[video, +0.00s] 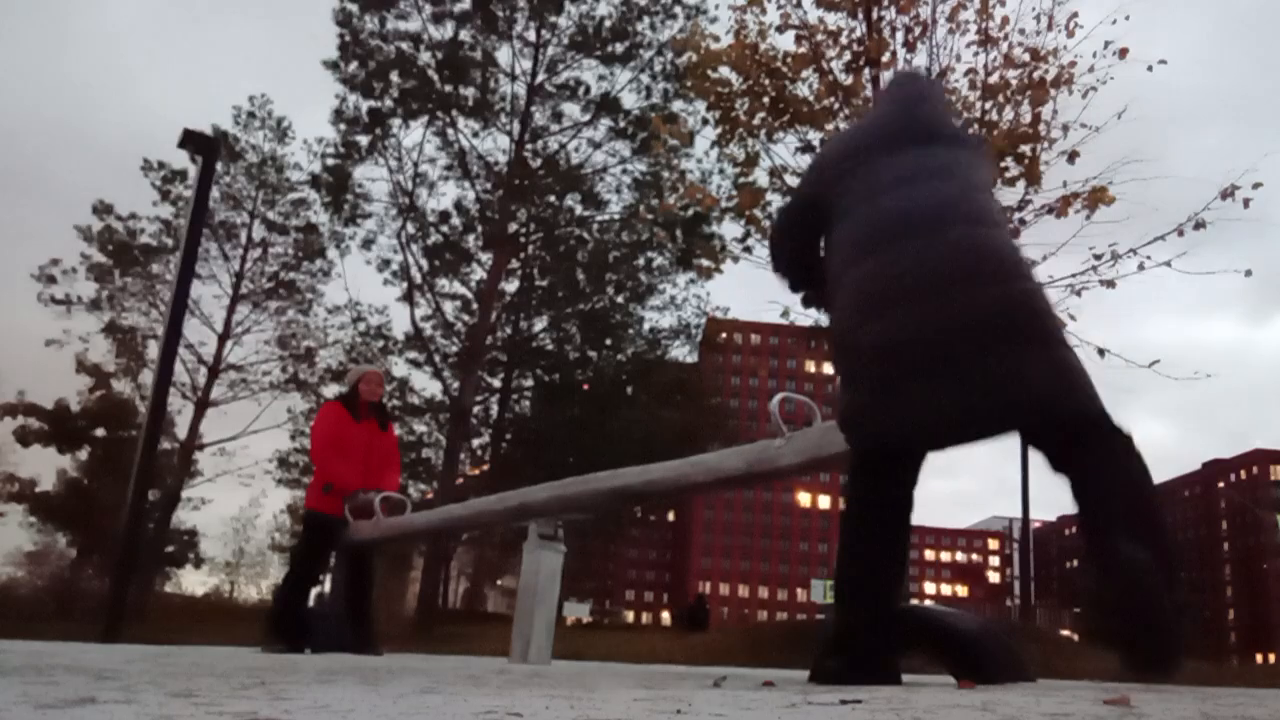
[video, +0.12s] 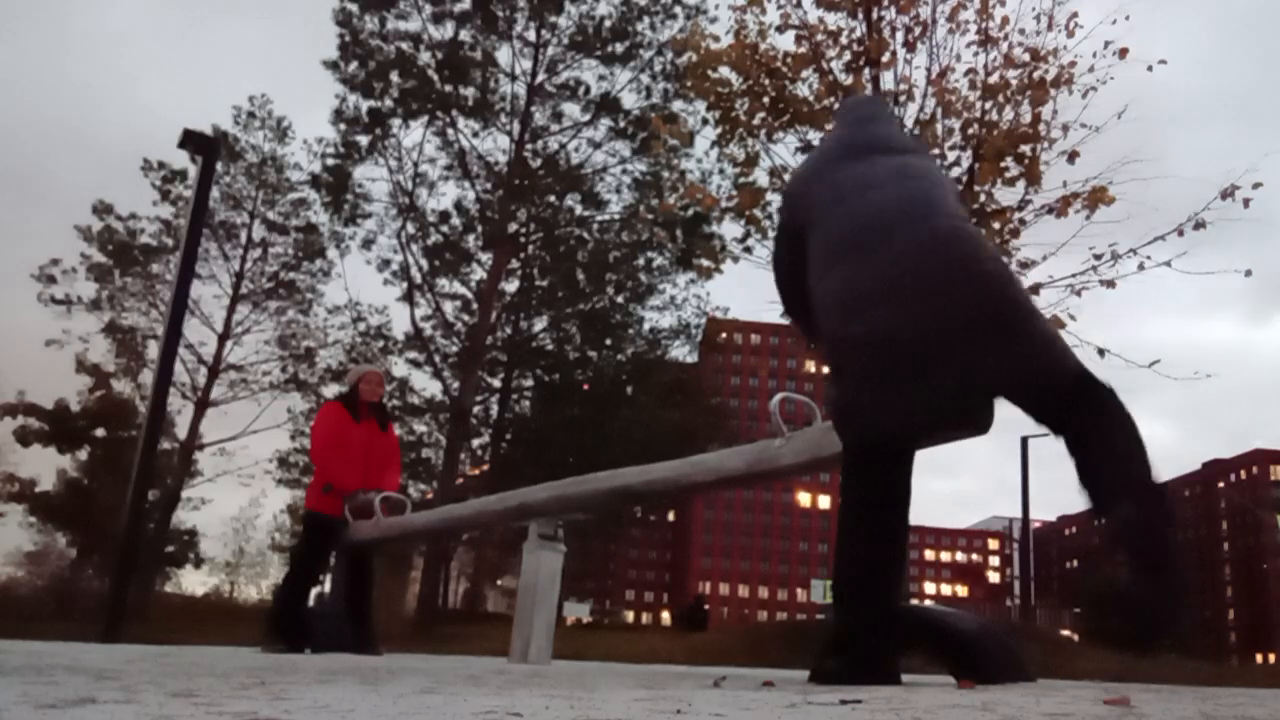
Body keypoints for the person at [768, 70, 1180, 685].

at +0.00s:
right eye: (945, 102)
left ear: (877, 108)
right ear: (940, 106)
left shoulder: (837, 156)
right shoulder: (965, 146)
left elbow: (788, 241)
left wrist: (829, 288)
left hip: (892, 362)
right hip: (1008, 343)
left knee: (877, 496)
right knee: (1097, 450)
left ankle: (860, 655)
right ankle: (1146, 620)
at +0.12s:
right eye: (898, 121)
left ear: (834, 132)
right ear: (894, 126)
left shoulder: (805, 183)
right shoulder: (919, 159)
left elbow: (791, 284)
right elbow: (942, 237)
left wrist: (833, 344)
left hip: (876, 347)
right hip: (979, 314)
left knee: (871, 501)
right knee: (1087, 409)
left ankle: (859, 651)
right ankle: (1152, 571)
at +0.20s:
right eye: (875, 130)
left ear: (819, 143)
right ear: (874, 134)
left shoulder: (792, 192)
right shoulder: (904, 168)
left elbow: (787, 292)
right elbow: (932, 243)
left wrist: (829, 355)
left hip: (869, 341)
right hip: (964, 302)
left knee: (870, 500)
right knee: (1067, 389)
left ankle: (860, 646)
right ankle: (1166, 493)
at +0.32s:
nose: (864, 154)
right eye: (860, 148)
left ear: (801, 158)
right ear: (855, 148)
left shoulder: (778, 203)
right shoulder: (885, 175)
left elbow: (777, 306)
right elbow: (917, 248)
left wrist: (824, 359)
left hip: (860, 337)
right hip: (945, 295)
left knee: (869, 501)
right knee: (1032, 377)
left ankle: (860, 651)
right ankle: (1164, 466)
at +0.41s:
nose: (871, 158)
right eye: (863, 151)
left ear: (796, 162)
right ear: (849, 149)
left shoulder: (770, 210)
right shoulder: (878, 175)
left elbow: (775, 311)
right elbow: (911, 248)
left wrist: (815, 357)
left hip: (858, 351)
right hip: (947, 322)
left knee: (867, 503)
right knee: (1018, 384)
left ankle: (863, 648)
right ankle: (1147, 466)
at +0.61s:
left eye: (774, 177)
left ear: (784, 173)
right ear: (835, 160)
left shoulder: (771, 213)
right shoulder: (878, 187)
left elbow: (768, 303)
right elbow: (913, 263)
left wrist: (806, 358)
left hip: (851, 367)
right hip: (938, 347)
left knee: (857, 514)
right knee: (972, 415)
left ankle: (863, 649)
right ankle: (1065, 502)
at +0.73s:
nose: (772, 188)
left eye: (774, 180)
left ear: (781, 176)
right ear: (831, 162)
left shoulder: (773, 217)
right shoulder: (881, 194)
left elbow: (771, 310)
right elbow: (914, 271)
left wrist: (808, 355)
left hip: (846, 369)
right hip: (934, 354)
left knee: (845, 509)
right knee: (952, 439)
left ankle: (861, 647)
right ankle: (1021, 542)